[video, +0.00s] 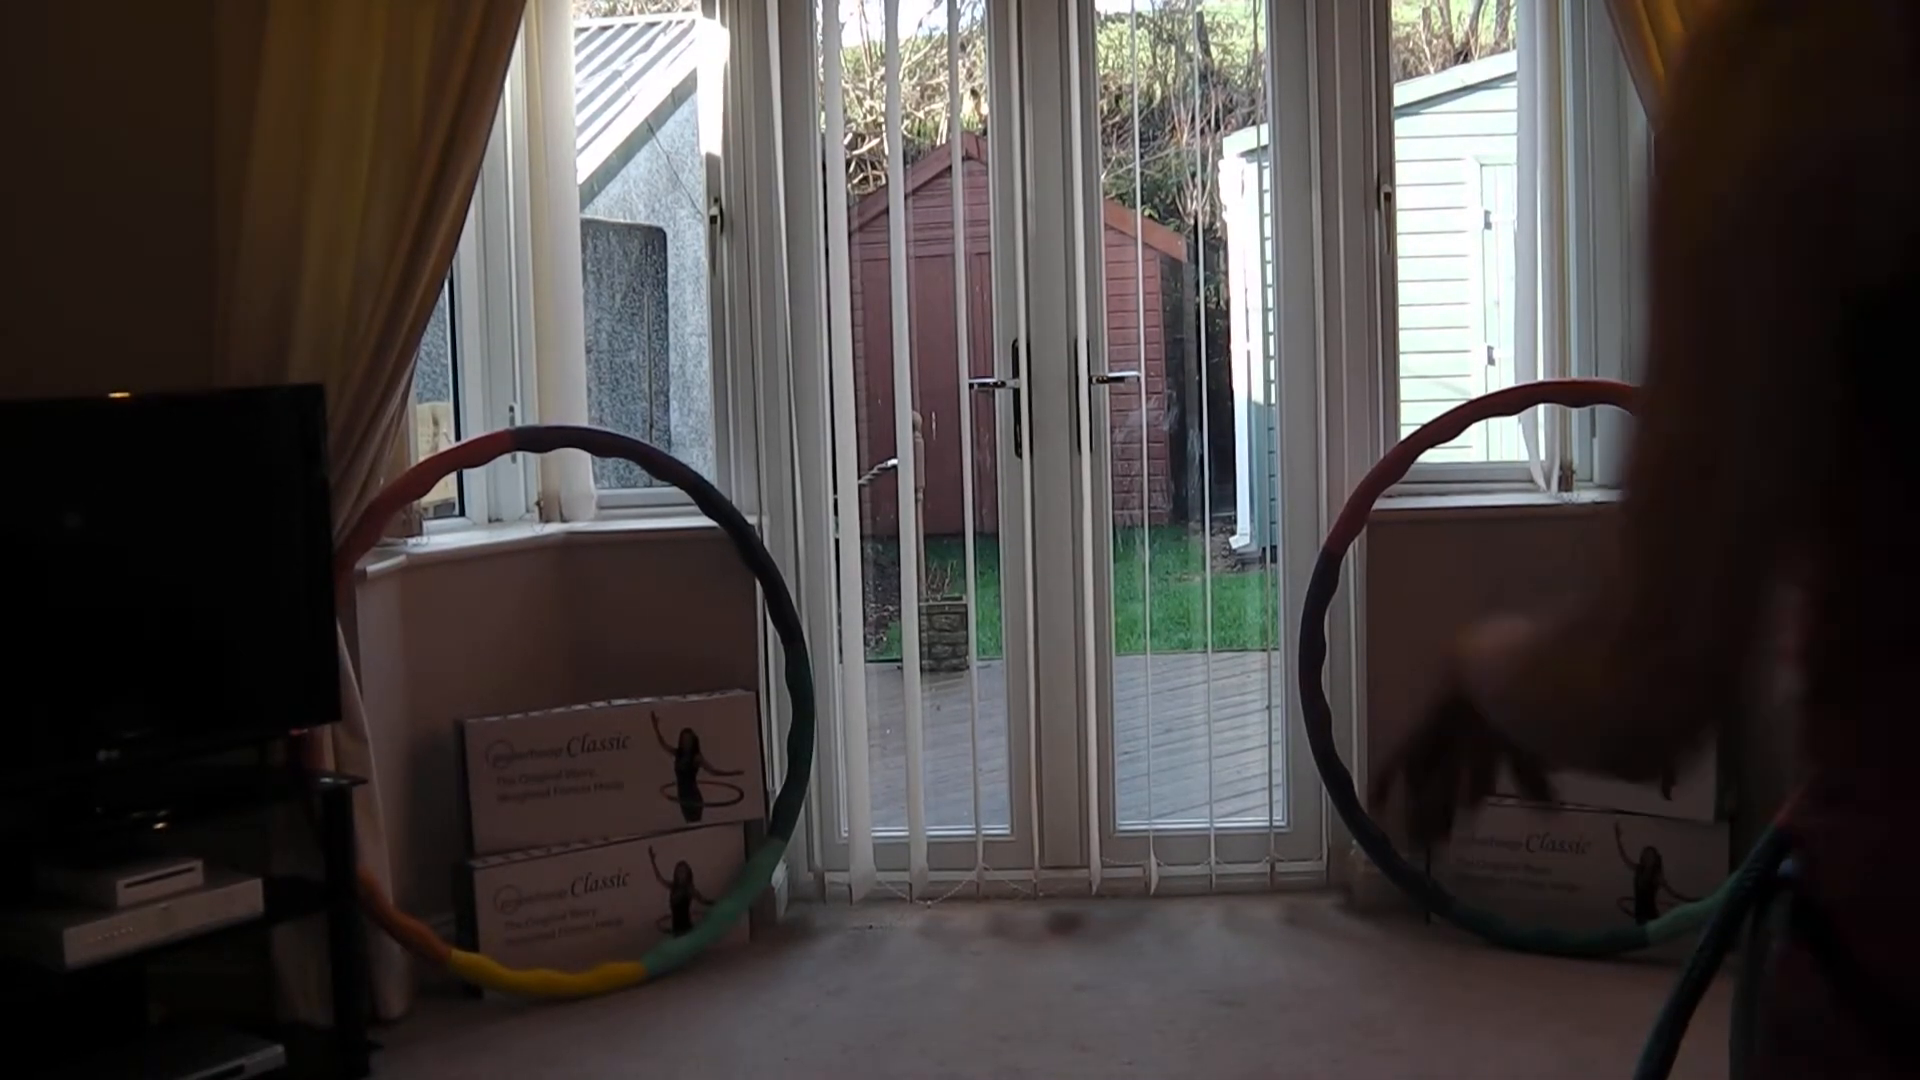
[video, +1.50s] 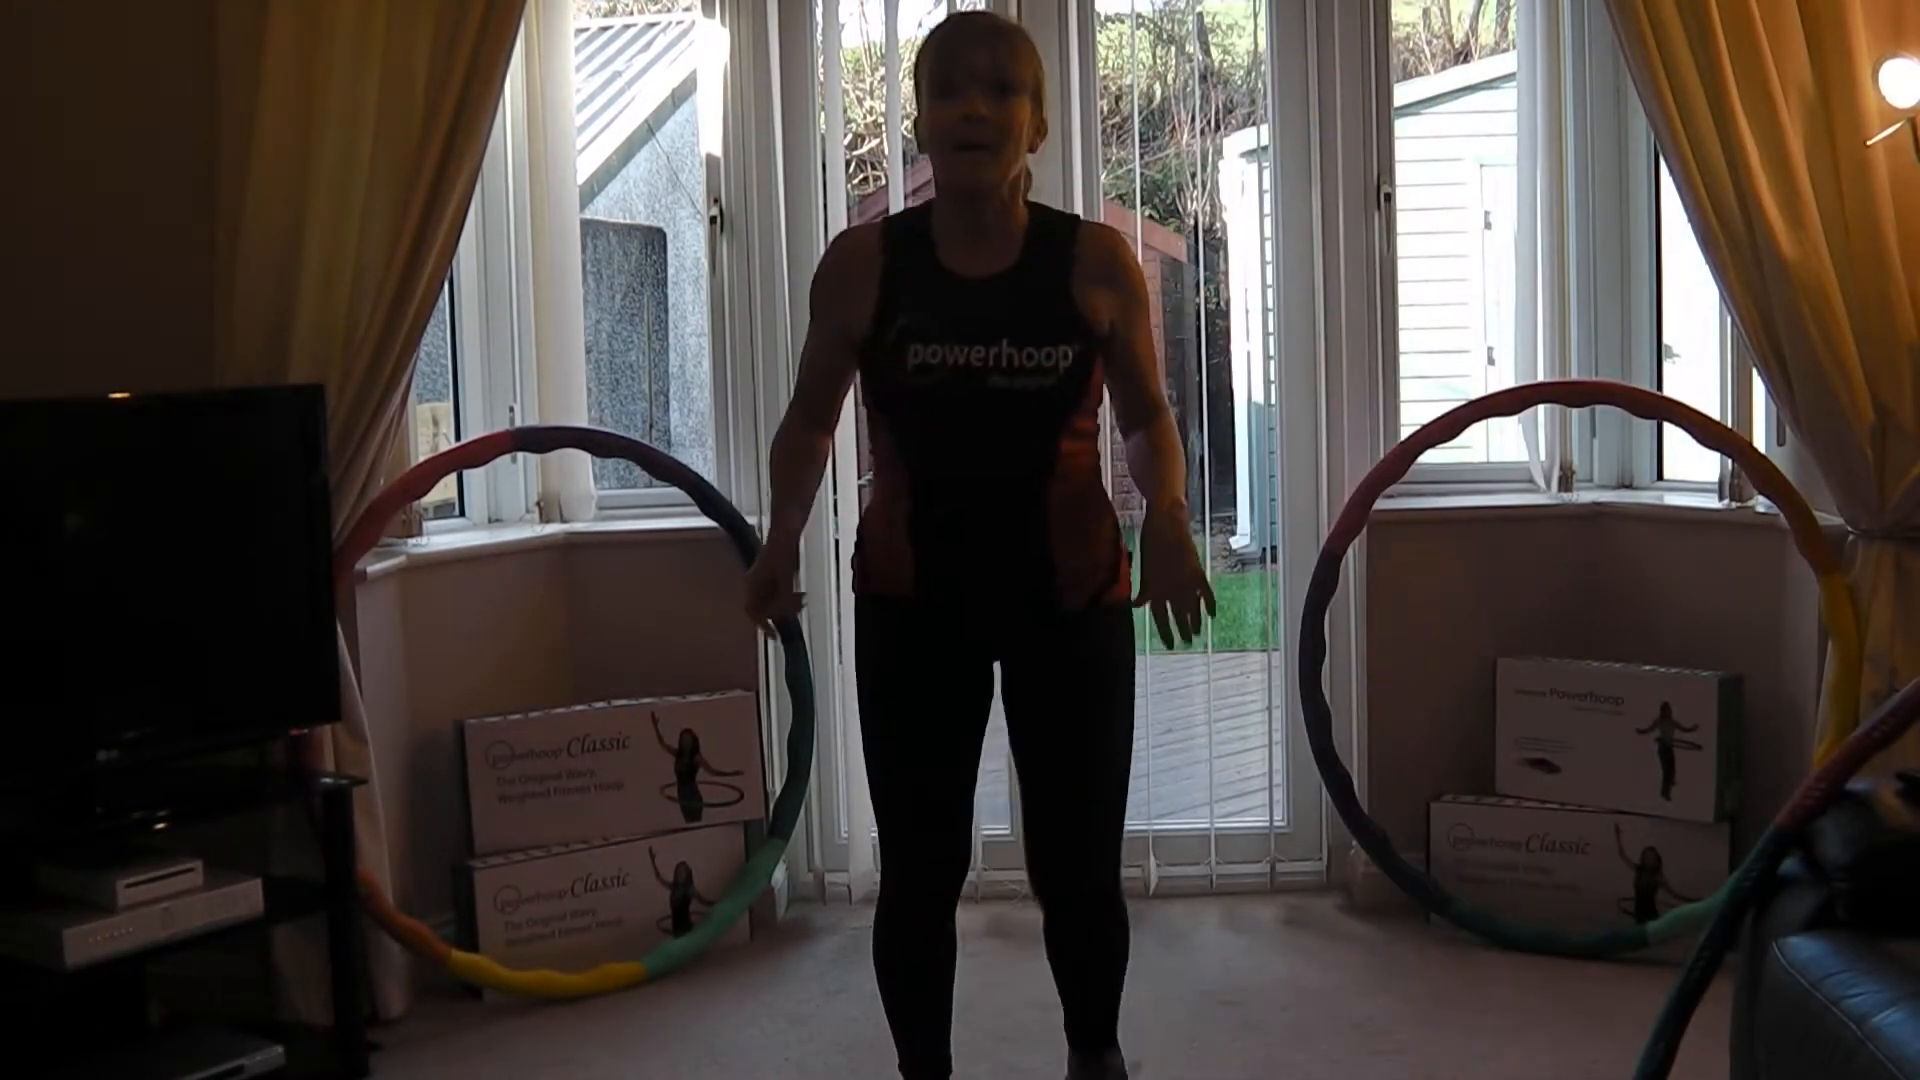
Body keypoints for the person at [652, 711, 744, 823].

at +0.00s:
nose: (684, 741)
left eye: (688, 738)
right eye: (683, 738)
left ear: (693, 741)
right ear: (680, 740)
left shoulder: (696, 757)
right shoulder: (678, 754)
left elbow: (713, 772)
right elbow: (662, 744)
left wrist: (733, 773)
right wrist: (655, 725)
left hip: (693, 794)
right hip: (682, 794)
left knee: (696, 826)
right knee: (690, 826)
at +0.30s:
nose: (684, 741)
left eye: (687, 739)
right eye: (683, 739)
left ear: (693, 741)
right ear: (680, 740)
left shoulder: (696, 757)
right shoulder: (678, 754)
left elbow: (713, 771)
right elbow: (662, 744)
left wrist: (733, 773)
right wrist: (655, 725)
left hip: (693, 793)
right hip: (682, 794)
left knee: (696, 826)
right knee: (690, 826)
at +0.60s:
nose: (684, 742)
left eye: (687, 739)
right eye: (683, 739)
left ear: (693, 742)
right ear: (680, 741)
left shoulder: (696, 757)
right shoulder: (678, 754)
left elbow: (713, 772)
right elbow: (662, 744)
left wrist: (733, 773)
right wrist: (655, 725)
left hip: (693, 794)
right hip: (682, 794)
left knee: (696, 825)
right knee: (689, 825)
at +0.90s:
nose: (685, 742)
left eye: (688, 739)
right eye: (683, 739)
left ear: (693, 742)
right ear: (680, 741)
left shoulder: (696, 757)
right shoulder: (678, 755)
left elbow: (713, 772)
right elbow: (662, 743)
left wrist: (732, 773)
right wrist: (655, 726)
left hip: (693, 795)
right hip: (682, 795)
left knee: (696, 828)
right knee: (691, 828)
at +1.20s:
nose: (685, 742)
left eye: (688, 739)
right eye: (683, 739)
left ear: (693, 742)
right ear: (680, 741)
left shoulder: (696, 757)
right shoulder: (678, 754)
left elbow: (712, 772)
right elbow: (662, 744)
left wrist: (732, 774)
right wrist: (655, 726)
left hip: (693, 795)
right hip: (682, 795)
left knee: (695, 829)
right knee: (691, 829)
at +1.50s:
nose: (685, 742)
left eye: (688, 739)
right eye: (683, 739)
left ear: (693, 742)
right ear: (680, 741)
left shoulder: (696, 757)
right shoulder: (678, 754)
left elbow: (712, 772)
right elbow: (662, 744)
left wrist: (732, 774)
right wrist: (655, 726)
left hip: (693, 795)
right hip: (682, 795)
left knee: (696, 828)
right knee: (690, 829)